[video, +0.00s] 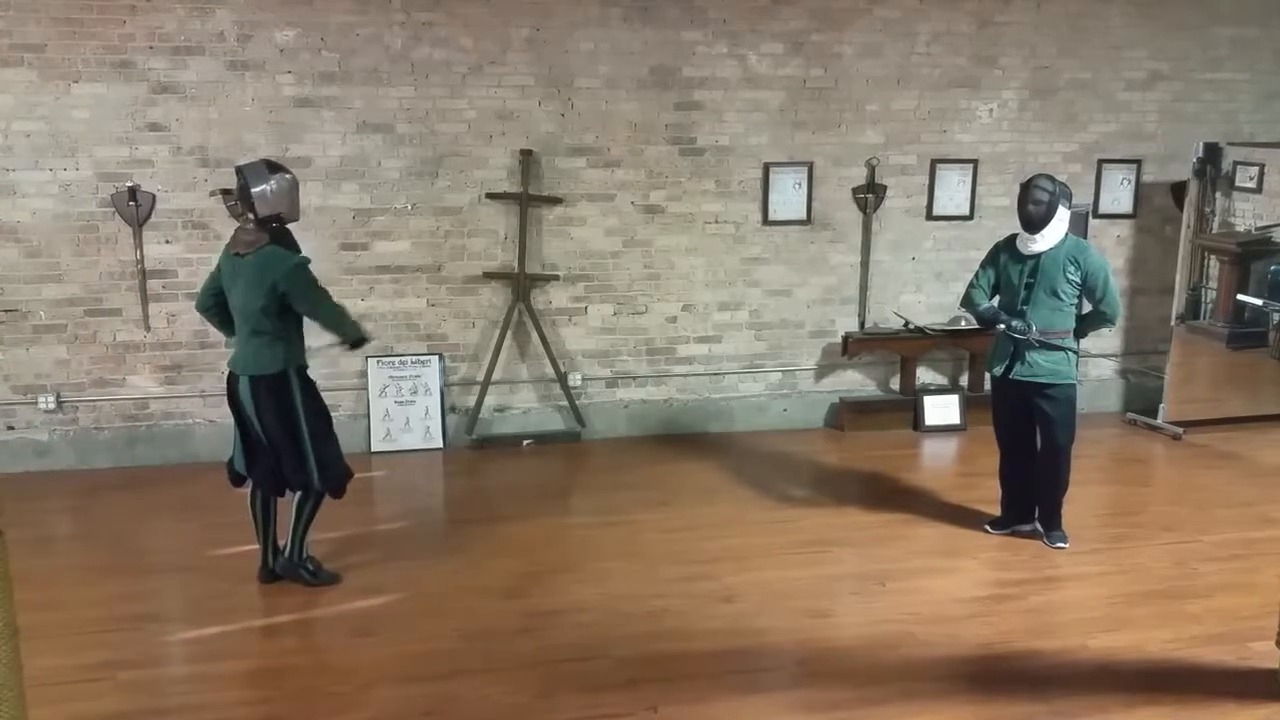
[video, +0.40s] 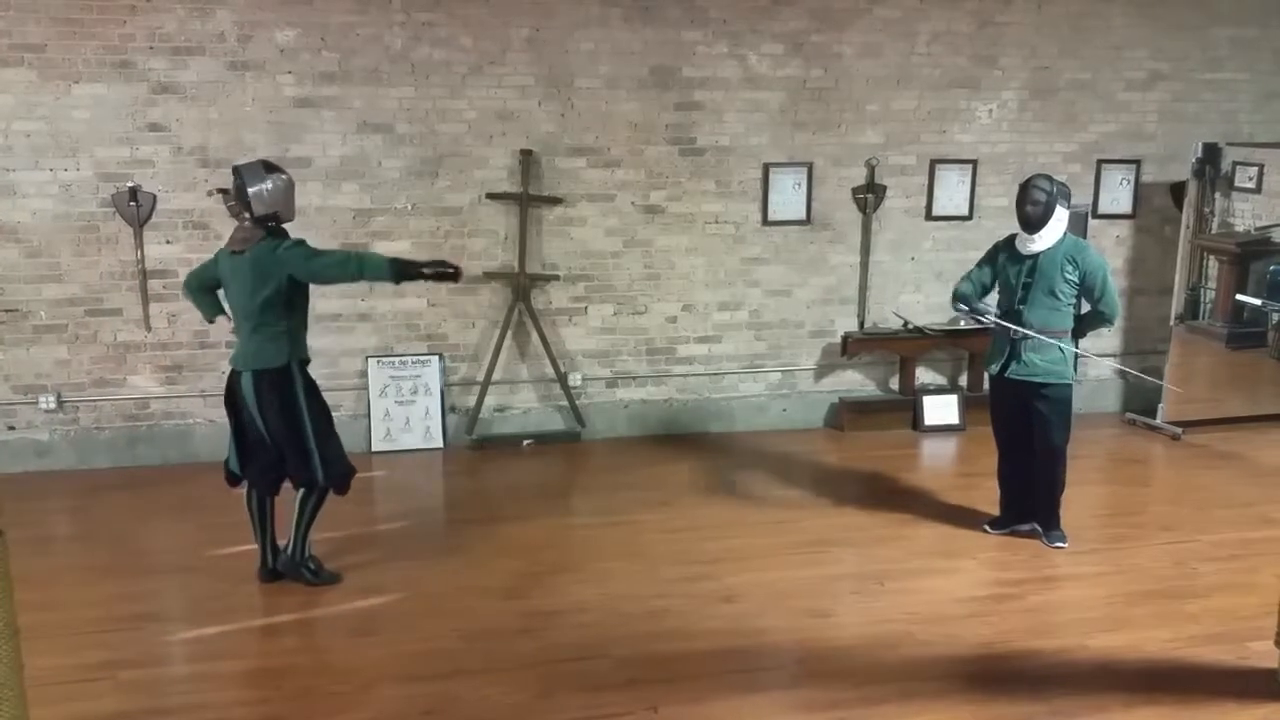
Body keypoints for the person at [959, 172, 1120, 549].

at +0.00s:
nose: (1028, 209)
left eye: (1037, 202)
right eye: (1024, 201)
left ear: (1058, 206)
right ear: (1019, 202)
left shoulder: (1081, 254)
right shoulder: (1005, 250)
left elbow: (1108, 311)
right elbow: (973, 297)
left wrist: (1071, 331)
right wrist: (1001, 319)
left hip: (1053, 372)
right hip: (1007, 370)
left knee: (1054, 453)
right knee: (1013, 449)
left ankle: (1051, 523)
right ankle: (1016, 516)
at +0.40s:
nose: (1027, 210)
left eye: (1035, 203)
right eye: (1023, 202)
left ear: (1056, 207)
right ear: (1017, 203)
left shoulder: (1080, 254)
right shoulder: (1005, 249)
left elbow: (1108, 310)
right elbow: (963, 294)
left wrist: (1073, 329)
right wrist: (998, 316)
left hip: (1050, 372)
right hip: (1005, 369)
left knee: (1049, 452)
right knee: (1011, 449)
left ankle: (1049, 523)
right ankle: (1015, 515)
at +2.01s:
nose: (1002, 218)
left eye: (1009, 211)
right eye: (999, 211)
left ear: (1034, 210)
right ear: (999, 210)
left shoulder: (1067, 253)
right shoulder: (997, 253)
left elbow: (1100, 309)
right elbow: (963, 296)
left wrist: (1066, 327)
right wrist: (919, 307)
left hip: (1044, 365)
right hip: (1003, 364)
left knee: (1050, 446)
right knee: (1008, 446)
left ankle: (1068, 519)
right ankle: (1012, 515)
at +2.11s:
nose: (1003, 217)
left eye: (1011, 209)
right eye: (1000, 209)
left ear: (1035, 210)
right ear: (999, 209)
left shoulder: (1064, 252)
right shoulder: (1001, 255)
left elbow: (1096, 310)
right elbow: (976, 300)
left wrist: (1067, 328)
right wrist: (937, 328)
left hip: (1043, 366)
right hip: (1004, 365)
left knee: (1052, 447)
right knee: (1009, 447)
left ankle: (1086, 519)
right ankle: (1013, 514)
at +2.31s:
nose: (1002, 218)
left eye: (1011, 210)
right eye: (1001, 210)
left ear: (1035, 214)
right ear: (1008, 212)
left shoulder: (1064, 260)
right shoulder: (1008, 261)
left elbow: (1091, 318)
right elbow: (992, 316)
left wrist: (1066, 338)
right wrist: (971, 354)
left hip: (1050, 375)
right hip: (1009, 371)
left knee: (1064, 451)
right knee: (1003, 443)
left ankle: (1099, 523)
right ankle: (1013, 513)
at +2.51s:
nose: (1003, 221)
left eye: (1011, 213)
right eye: (1003, 213)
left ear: (1035, 218)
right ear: (1035, 219)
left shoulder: (1064, 263)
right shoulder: (1015, 265)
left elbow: (1092, 322)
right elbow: (1015, 316)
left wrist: (1069, 342)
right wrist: (1009, 342)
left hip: (1055, 377)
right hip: (1016, 374)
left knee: (1073, 453)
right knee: (1002, 444)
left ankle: (1102, 526)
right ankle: (1013, 514)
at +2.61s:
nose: (1007, 220)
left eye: (1015, 213)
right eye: (1007, 212)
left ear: (1039, 219)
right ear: (1038, 219)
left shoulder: (1066, 265)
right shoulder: (1017, 267)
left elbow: (1092, 324)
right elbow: (1019, 318)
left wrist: (1071, 344)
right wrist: (1012, 343)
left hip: (1056, 378)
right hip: (1017, 376)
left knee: (1073, 453)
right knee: (1002, 444)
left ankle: (1102, 527)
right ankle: (1013, 514)